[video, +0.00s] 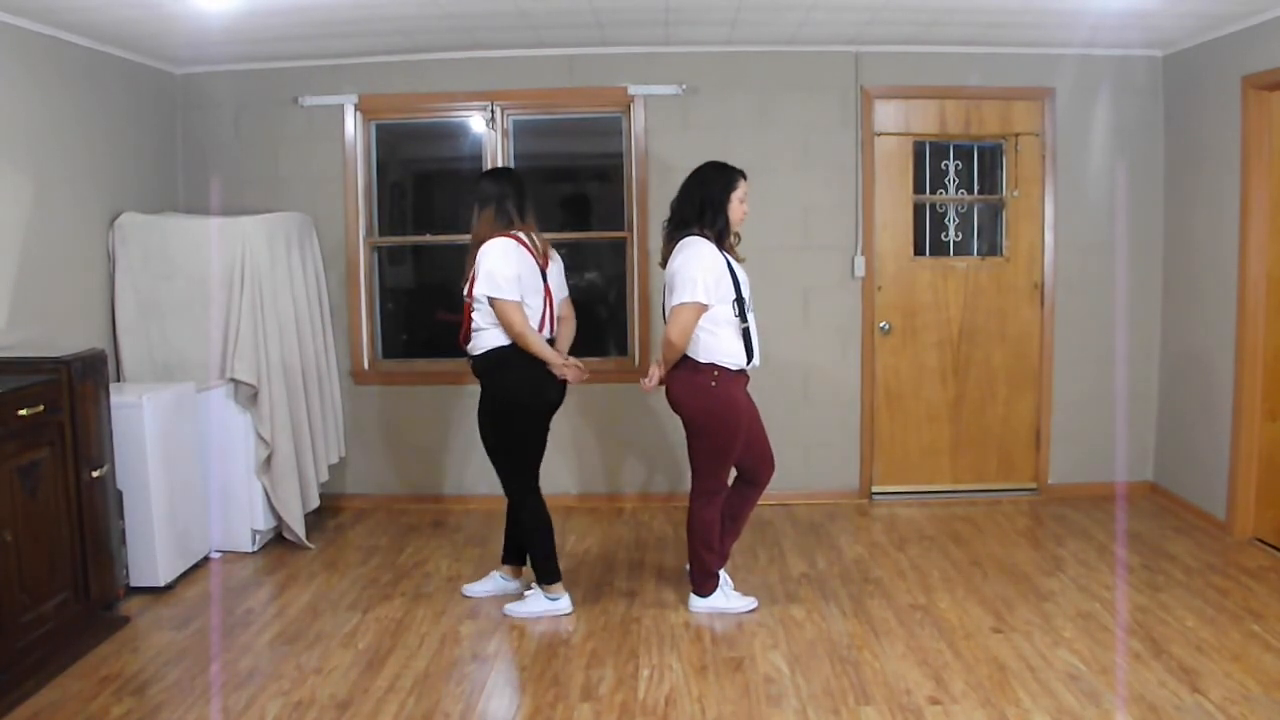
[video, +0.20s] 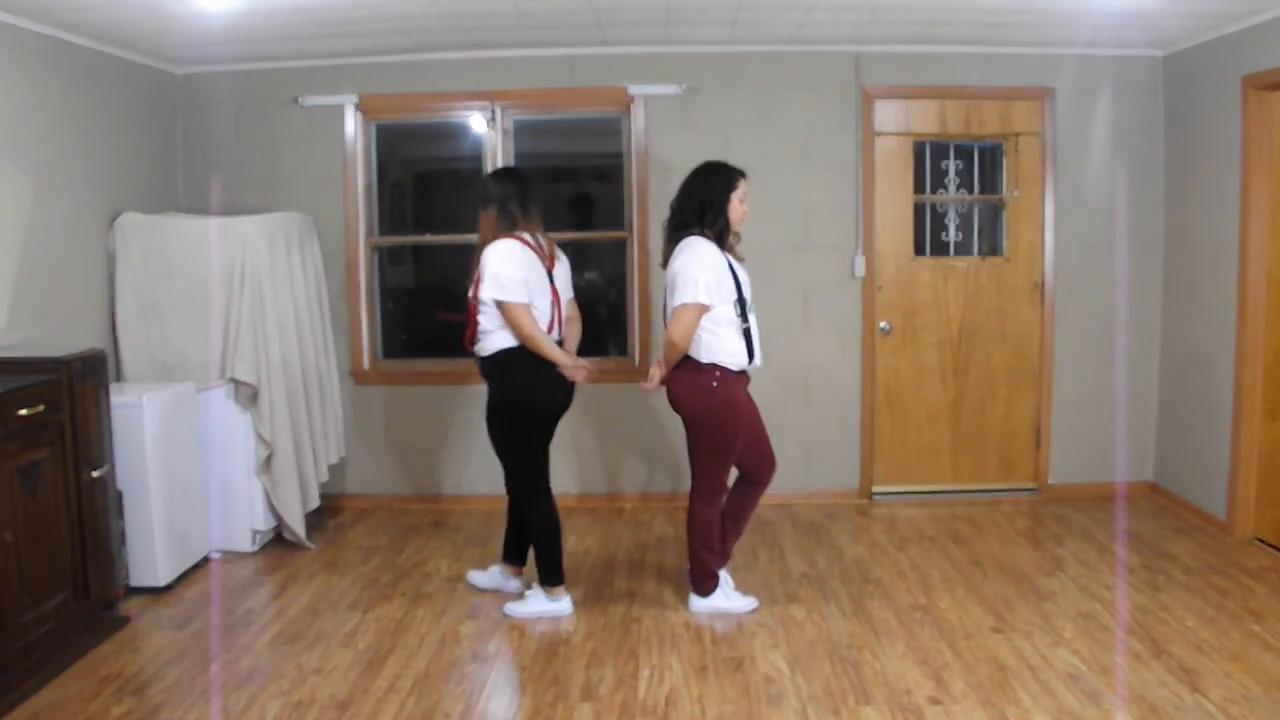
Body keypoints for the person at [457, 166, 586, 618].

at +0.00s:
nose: (475, 213)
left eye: (478, 205)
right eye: (477, 205)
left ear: (489, 207)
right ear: (521, 205)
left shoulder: (495, 250)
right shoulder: (547, 252)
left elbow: (515, 324)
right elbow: (567, 316)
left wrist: (557, 360)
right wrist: (559, 359)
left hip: (508, 373)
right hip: (541, 374)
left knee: (522, 485)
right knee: (520, 479)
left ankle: (552, 590)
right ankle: (511, 573)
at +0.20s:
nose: (482, 213)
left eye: (485, 205)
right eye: (484, 205)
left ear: (495, 208)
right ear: (528, 204)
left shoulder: (500, 253)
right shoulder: (554, 253)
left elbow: (524, 327)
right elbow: (573, 319)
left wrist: (567, 362)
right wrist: (568, 362)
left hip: (515, 374)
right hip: (549, 373)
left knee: (532, 483)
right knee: (520, 475)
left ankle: (554, 591)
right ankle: (510, 570)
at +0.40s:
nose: (486, 211)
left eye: (488, 203)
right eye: (488, 203)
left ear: (499, 206)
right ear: (532, 204)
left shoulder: (504, 254)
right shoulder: (558, 253)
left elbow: (532, 327)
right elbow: (577, 318)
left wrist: (573, 361)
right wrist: (575, 359)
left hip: (522, 376)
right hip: (552, 375)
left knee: (536, 485)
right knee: (512, 473)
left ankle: (554, 591)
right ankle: (516, 569)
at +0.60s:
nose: (492, 211)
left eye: (494, 202)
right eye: (493, 202)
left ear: (505, 205)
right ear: (537, 202)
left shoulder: (513, 251)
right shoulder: (561, 251)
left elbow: (541, 325)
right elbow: (577, 316)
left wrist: (578, 361)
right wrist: (580, 358)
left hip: (528, 375)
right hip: (555, 372)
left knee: (532, 481)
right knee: (518, 472)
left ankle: (552, 592)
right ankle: (558, 563)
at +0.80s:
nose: (499, 210)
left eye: (502, 202)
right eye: (500, 202)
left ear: (513, 205)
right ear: (544, 203)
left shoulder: (524, 252)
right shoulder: (561, 250)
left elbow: (552, 322)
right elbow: (577, 317)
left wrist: (587, 360)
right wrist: (586, 359)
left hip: (533, 374)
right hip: (562, 371)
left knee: (534, 485)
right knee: (550, 477)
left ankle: (551, 590)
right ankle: (579, 572)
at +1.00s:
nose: (506, 211)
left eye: (509, 203)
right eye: (508, 203)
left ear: (520, 204)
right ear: (550, 202)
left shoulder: (532, 249)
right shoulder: (569, 248)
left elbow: (563, 319)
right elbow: (589, 315)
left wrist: (600, 357)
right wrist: (597, 357)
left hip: (548, 373)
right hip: (577, 370)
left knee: (535, 483)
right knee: (574, 477)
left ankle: (551, 591)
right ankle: (584, 576)